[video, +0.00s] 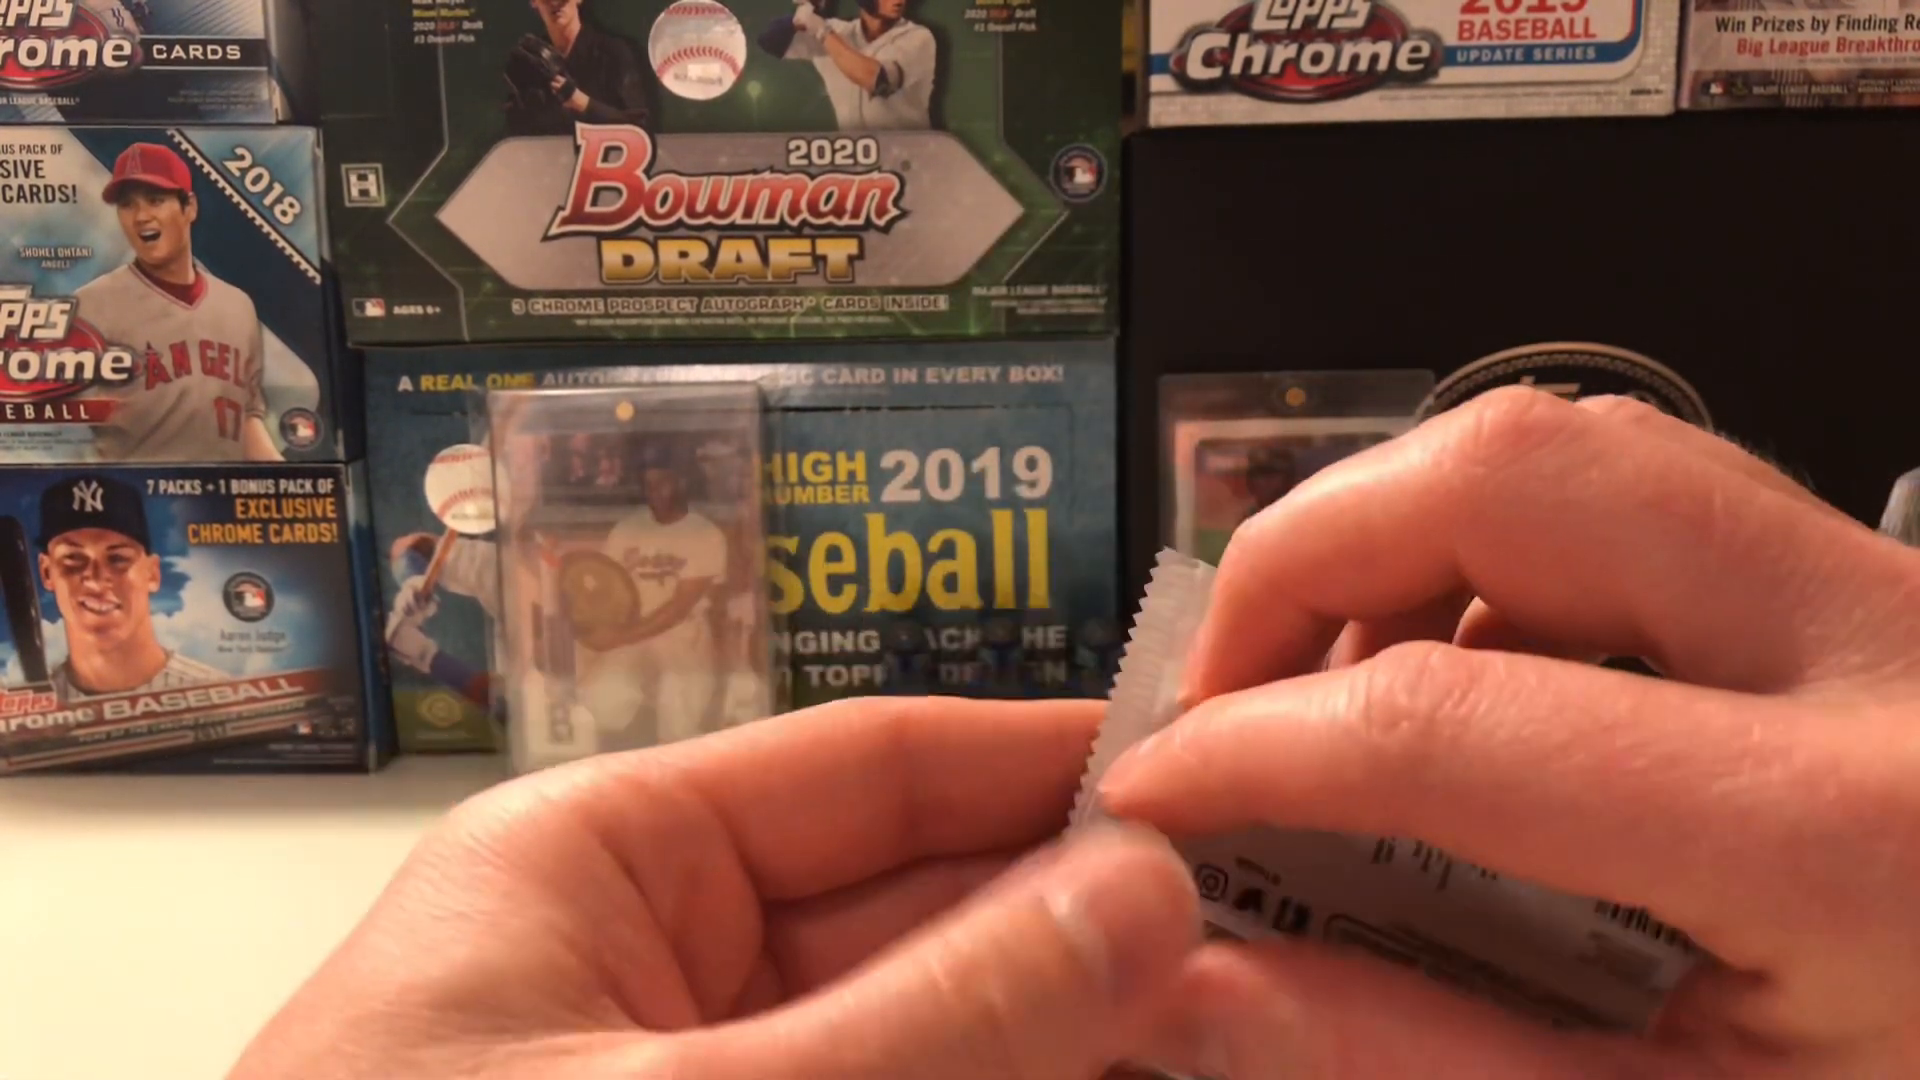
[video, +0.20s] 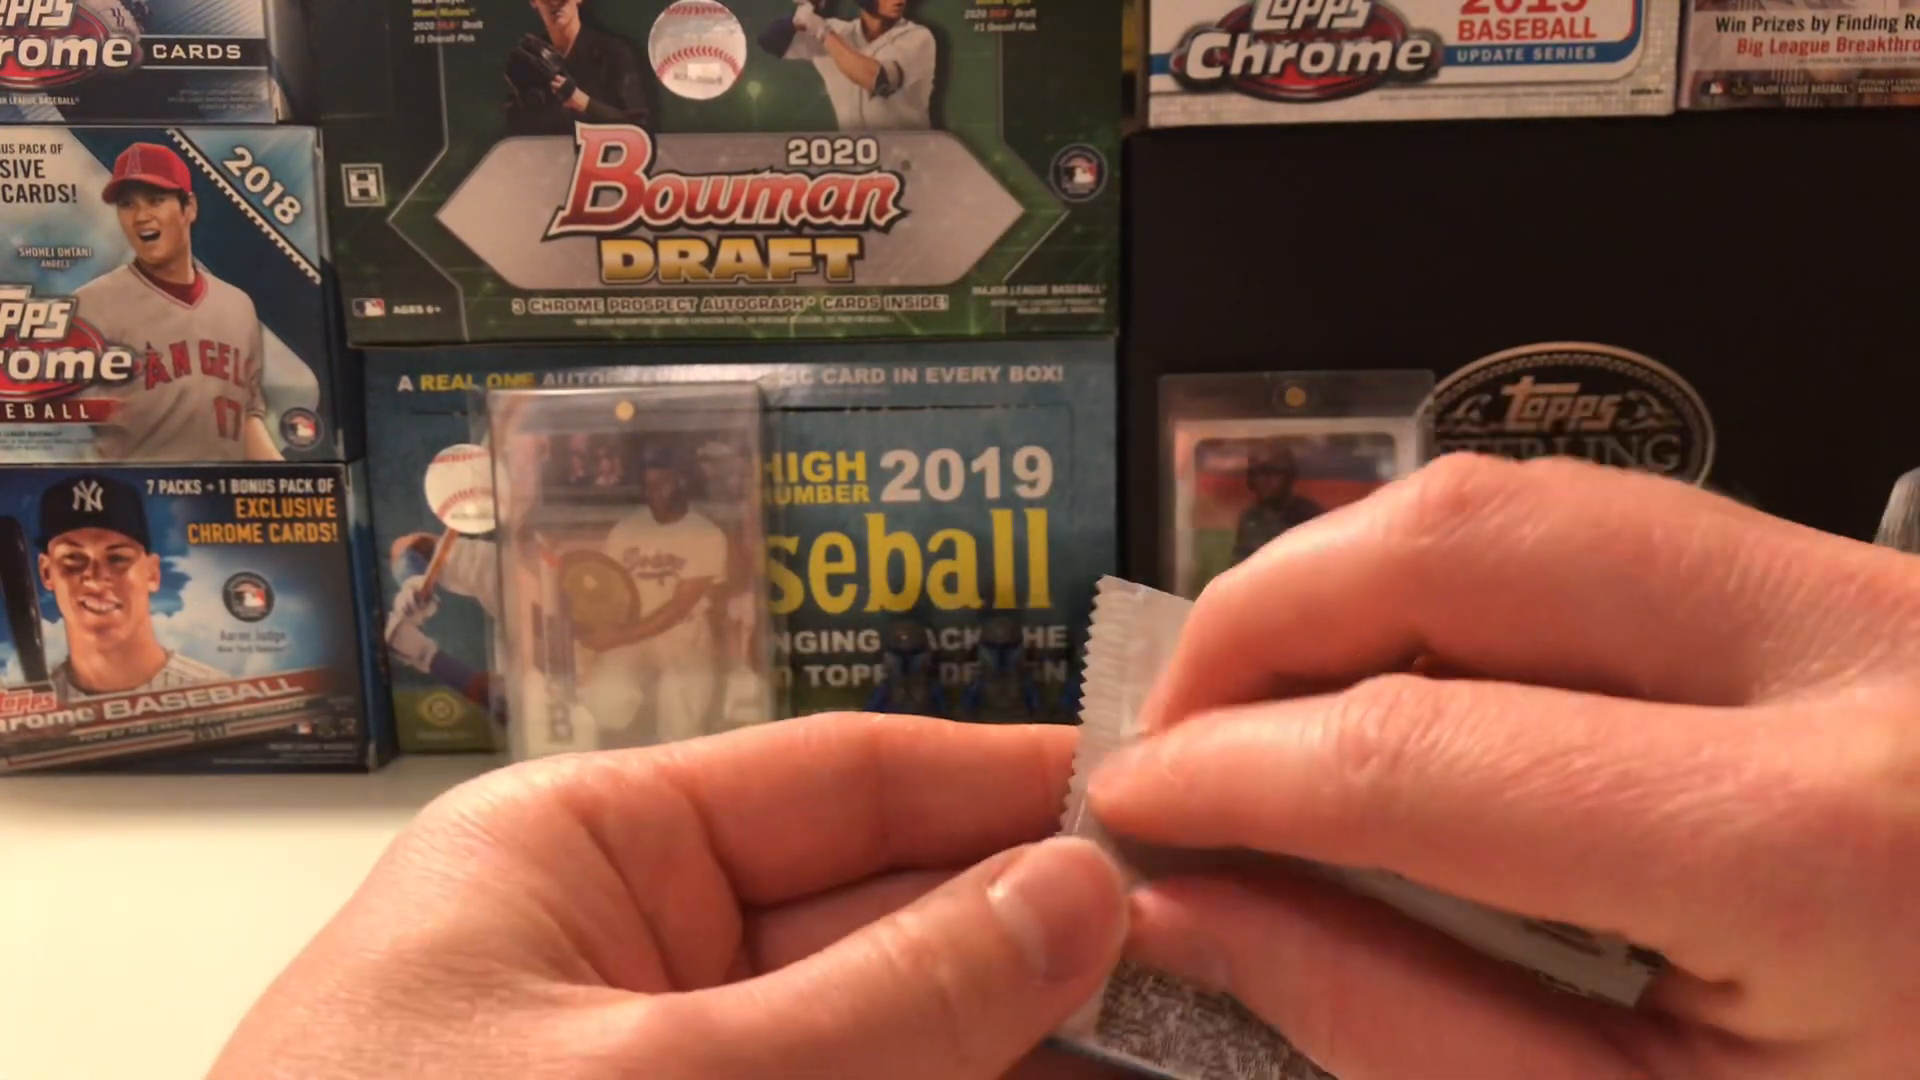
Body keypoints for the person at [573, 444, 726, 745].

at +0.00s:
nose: (654, 493)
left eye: (661, 484)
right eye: (649, 485)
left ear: (681, 484)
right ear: (643, 488)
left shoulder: (705, 535)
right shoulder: (626, 529)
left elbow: (680, 607)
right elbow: (603, 586)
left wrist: (619, 636)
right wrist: (592, 622)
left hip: (684, 649)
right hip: (630, 646)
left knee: (676, 730)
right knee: (604, 704)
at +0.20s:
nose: (652, 493)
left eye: (660, 484)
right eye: (647, 484)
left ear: (681, 482)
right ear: (642, 486)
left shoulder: (706, 535)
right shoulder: (625, 530)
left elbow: (679, 608)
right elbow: (603, 588)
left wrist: (616, 637)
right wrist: (590, 626)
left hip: (685, 649)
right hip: (629, 647)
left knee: (676, 698)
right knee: (605, 699)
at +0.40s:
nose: (653, 493)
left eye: (660, 484)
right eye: (648, 485)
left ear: (680, 483)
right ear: (642, 487)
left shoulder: (705, 535)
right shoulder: (625, 530)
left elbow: (680, 608)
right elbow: (604, 589)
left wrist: (616, 637)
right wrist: (592, 626)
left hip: (685, 647)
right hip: (628, 645)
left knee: (676, 699)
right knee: (604, 702)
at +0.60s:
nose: (654, 493)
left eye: (661, 485)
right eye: (649, 486)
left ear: (681, 484)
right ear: (643, 488)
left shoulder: (707, 536)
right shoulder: (624, 531)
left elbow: (680, 607)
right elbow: (605, 590)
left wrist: (618, 637)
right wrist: (596, 629)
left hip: (683, 651)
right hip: (628, 650)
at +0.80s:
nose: (655, 496)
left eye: (662, 488)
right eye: (649, 488)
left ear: (681, 487)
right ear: (643, 491)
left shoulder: (707, 535)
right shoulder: (624, 531)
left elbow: (681, 606)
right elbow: (604, 590)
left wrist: (618, 636)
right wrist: (592, 627)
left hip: (682, 643)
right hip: (627, 644)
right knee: (604, 694)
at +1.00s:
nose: (653, 496)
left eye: (661, 487)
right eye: (648, 487)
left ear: (681, 486)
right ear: (643, 490)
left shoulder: (707, 536)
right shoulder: (625, 531)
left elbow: (681, 606)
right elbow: (603, 589)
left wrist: (620, 636)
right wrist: (594, 627)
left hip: (683, 641)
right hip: (628, 641)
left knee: (684, 698)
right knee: (603, 695)